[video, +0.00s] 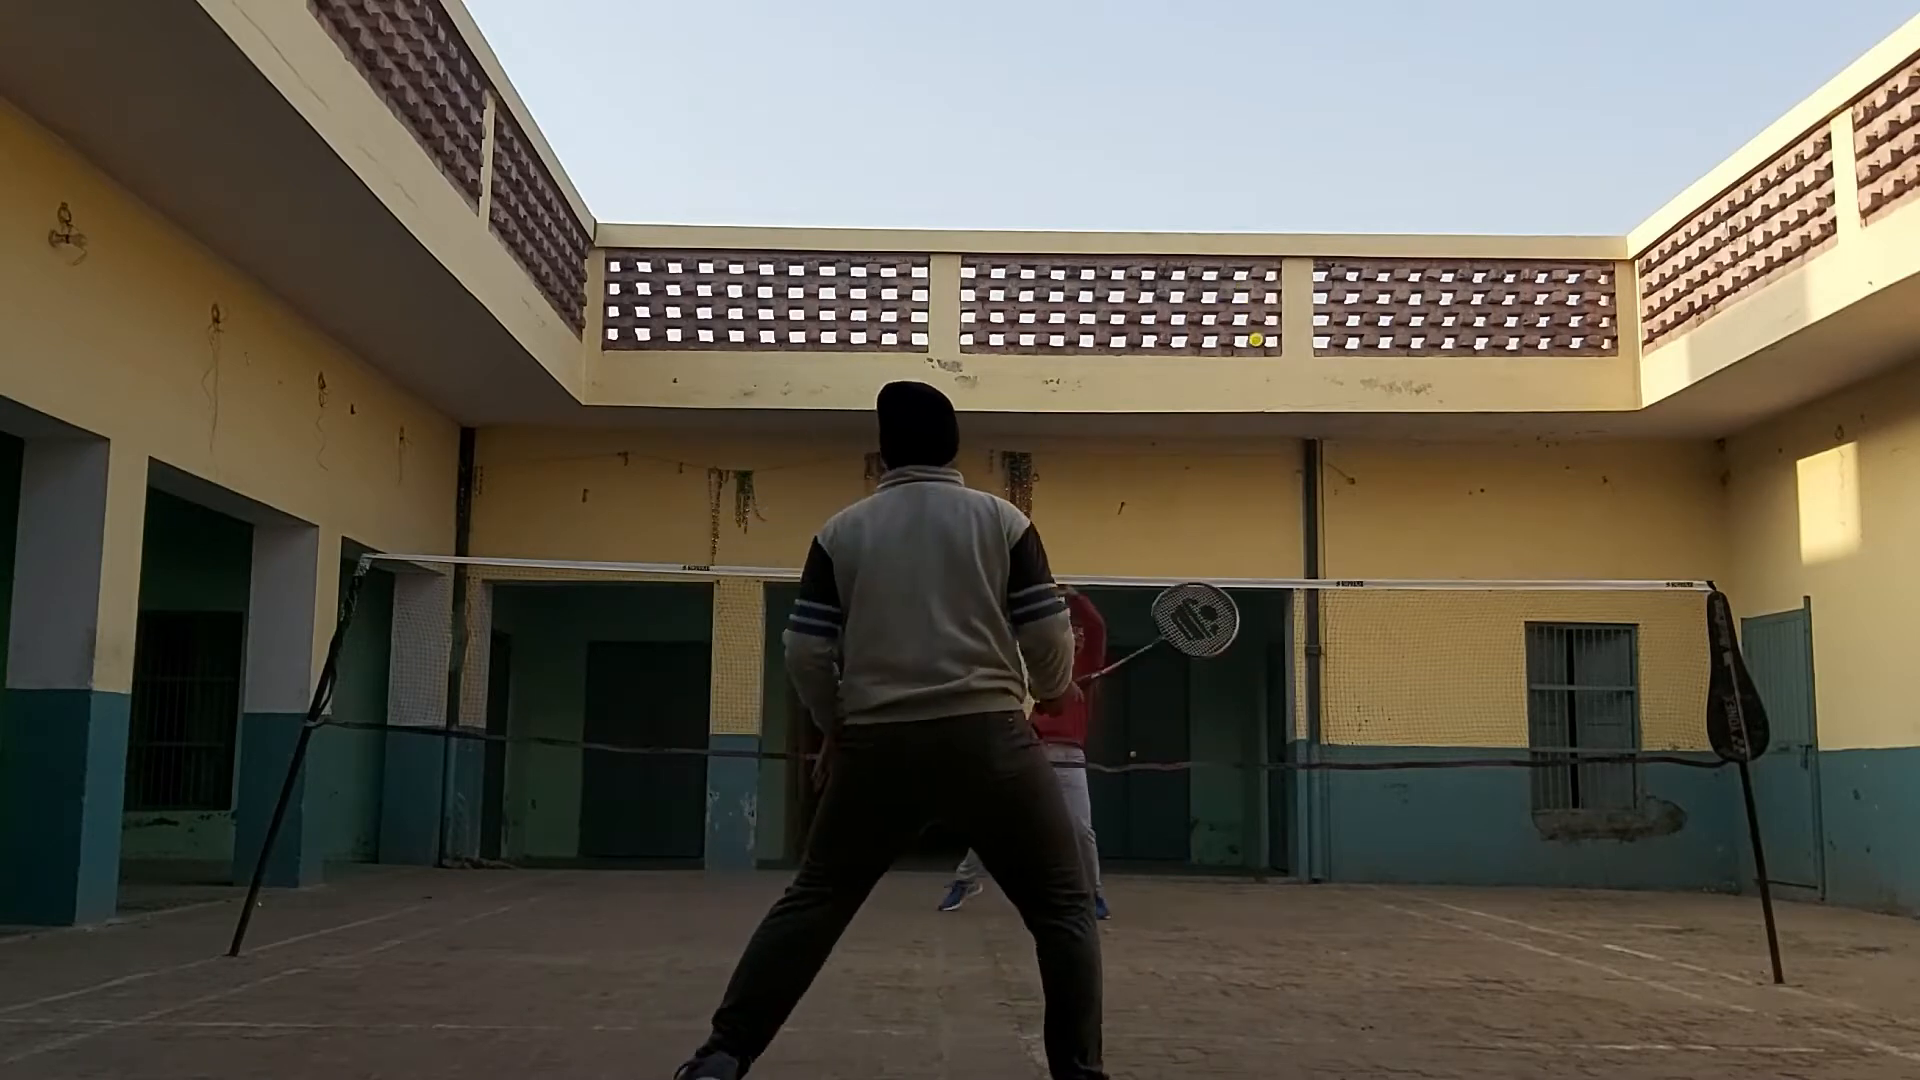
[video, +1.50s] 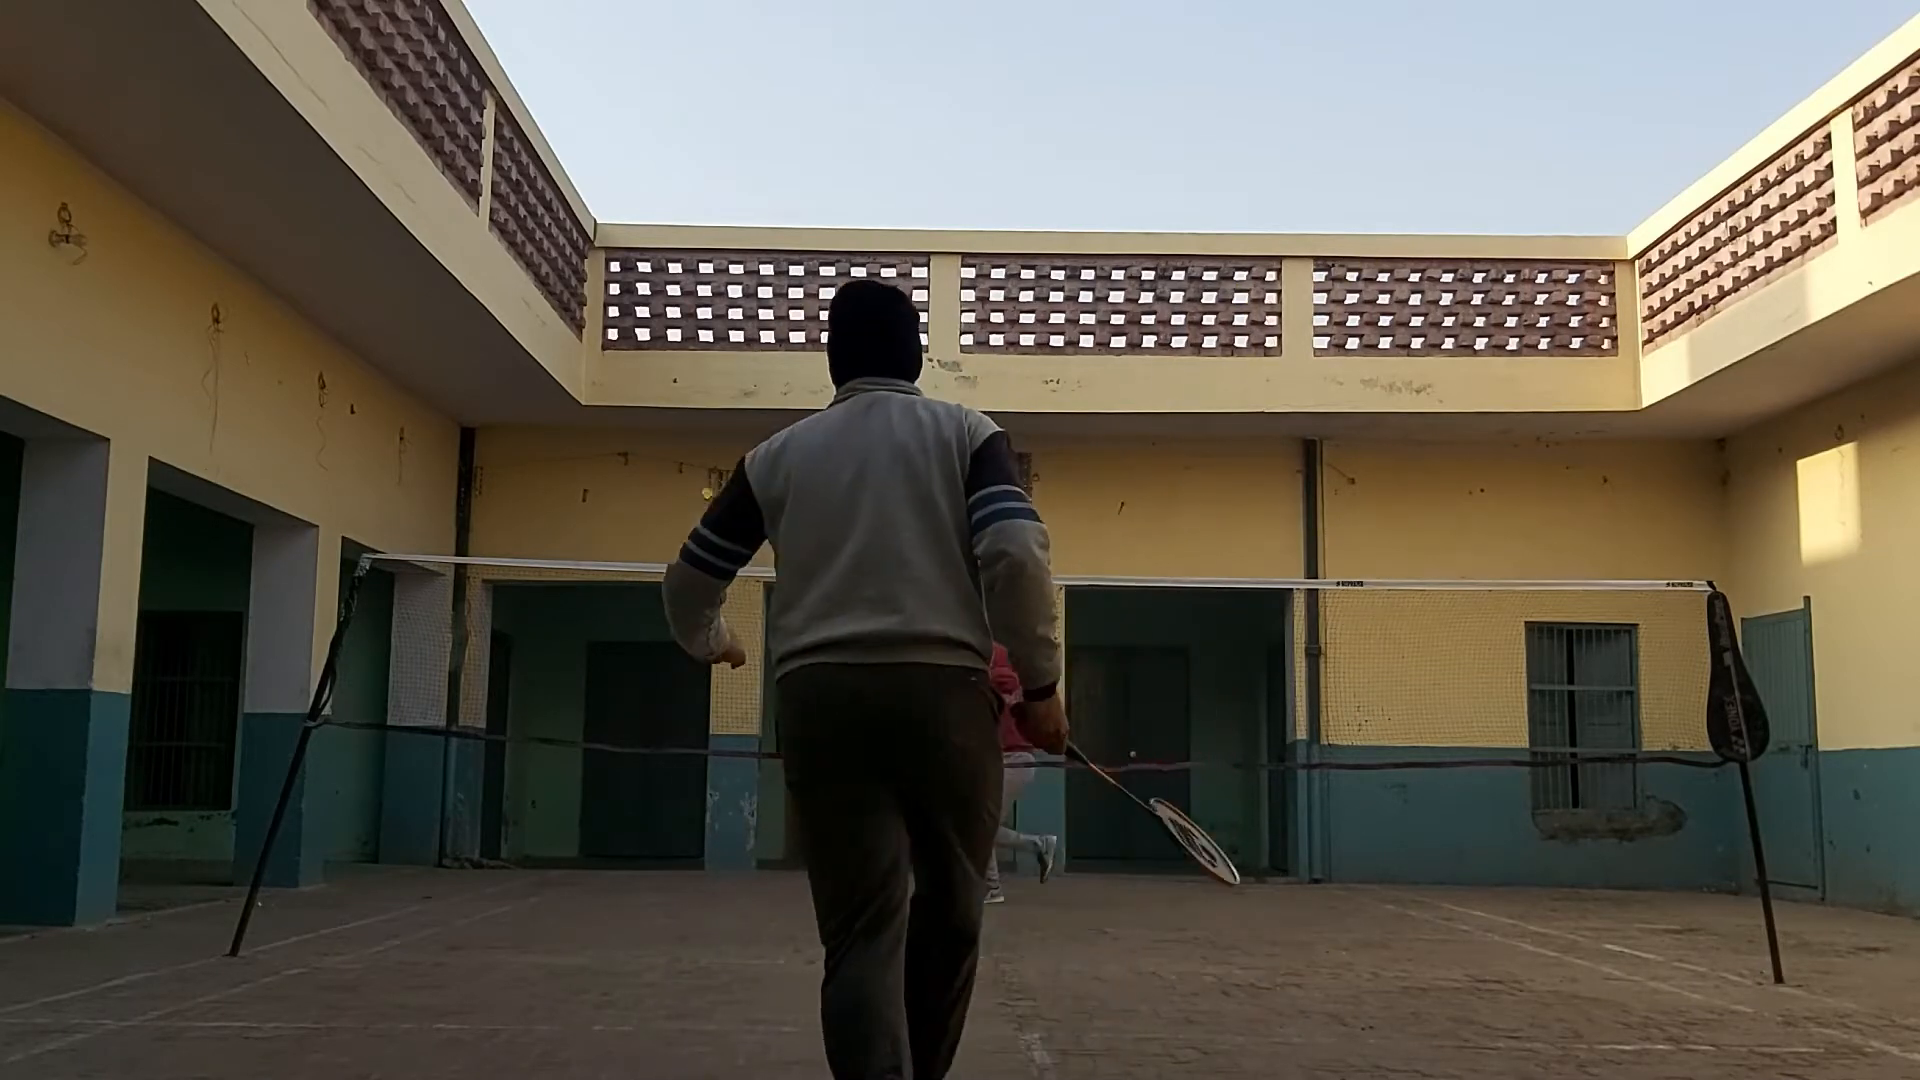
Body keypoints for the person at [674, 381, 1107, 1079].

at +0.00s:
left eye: (881, 446)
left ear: (880, 451)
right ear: (954, 447)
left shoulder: (841, 532)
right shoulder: (1002, 521)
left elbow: (806, 650)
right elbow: (1048, 635)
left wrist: (839, 722)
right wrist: (1048, 690)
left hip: (876, 751)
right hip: (992, 746)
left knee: (814, 902)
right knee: (1063, 910)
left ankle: (724, 1055)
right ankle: (1080, 1067)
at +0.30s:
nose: (1006, 466)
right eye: (1005, 456)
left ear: (934, 457)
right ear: (1001, 456)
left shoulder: (878, 528)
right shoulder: (1017, 519)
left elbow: (825, 634)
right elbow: (1036, 628)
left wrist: (878, 690)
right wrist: (1066, 698)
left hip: (876, 719)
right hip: (970, 713)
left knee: (908, 898)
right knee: (1043, 899)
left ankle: (873, 1071)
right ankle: (1083, 1070)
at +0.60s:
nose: (1033, 480)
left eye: (1032, 463)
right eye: (1030, 464)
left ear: (960, 463)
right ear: (1012, 466)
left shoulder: (916, 535)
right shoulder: (984, 533)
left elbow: (876, 618)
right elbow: (1051, 628)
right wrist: (1155, 556)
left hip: (888, 760)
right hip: (975, 762)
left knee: (934, 910)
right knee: (1105, 923)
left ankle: (875, 1072)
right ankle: (1088, 1076)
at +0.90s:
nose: (966, 363)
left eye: (961, 355)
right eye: (962, 354)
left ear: (877, 370)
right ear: (953, 358)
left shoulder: (860, 474)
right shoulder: (983, 421)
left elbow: (933, 545)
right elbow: (1093, 483)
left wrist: (1021, 465)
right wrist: (1061, 445)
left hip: (938, 705)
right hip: (1041, 697)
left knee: (943, 886)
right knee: (1082, 919)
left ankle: (846, 1017)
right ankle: (1078, 1068)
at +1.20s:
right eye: (939, 359)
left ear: (858, 377)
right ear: (940, 367)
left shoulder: (810, 484)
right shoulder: (991, 441)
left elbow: (771, 623)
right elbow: (1043, 554)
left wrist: (863, 656)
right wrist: (1101, 674)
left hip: (872, 725)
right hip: (995, 714)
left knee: (905, 940)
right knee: (1043, 935)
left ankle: (885, 1076)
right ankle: (1067, 1077)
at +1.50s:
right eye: (909, 341)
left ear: (833, 359)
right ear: (916, 354)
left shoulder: (778, 452)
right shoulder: (967, 431)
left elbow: (688, 586)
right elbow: (1015, 554)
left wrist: (712, 642)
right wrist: (1041, 687)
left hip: (819, 694)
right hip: (945, 692)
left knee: (858, 921)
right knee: (950, 908)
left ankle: (872, 1072)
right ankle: (918, 1067)